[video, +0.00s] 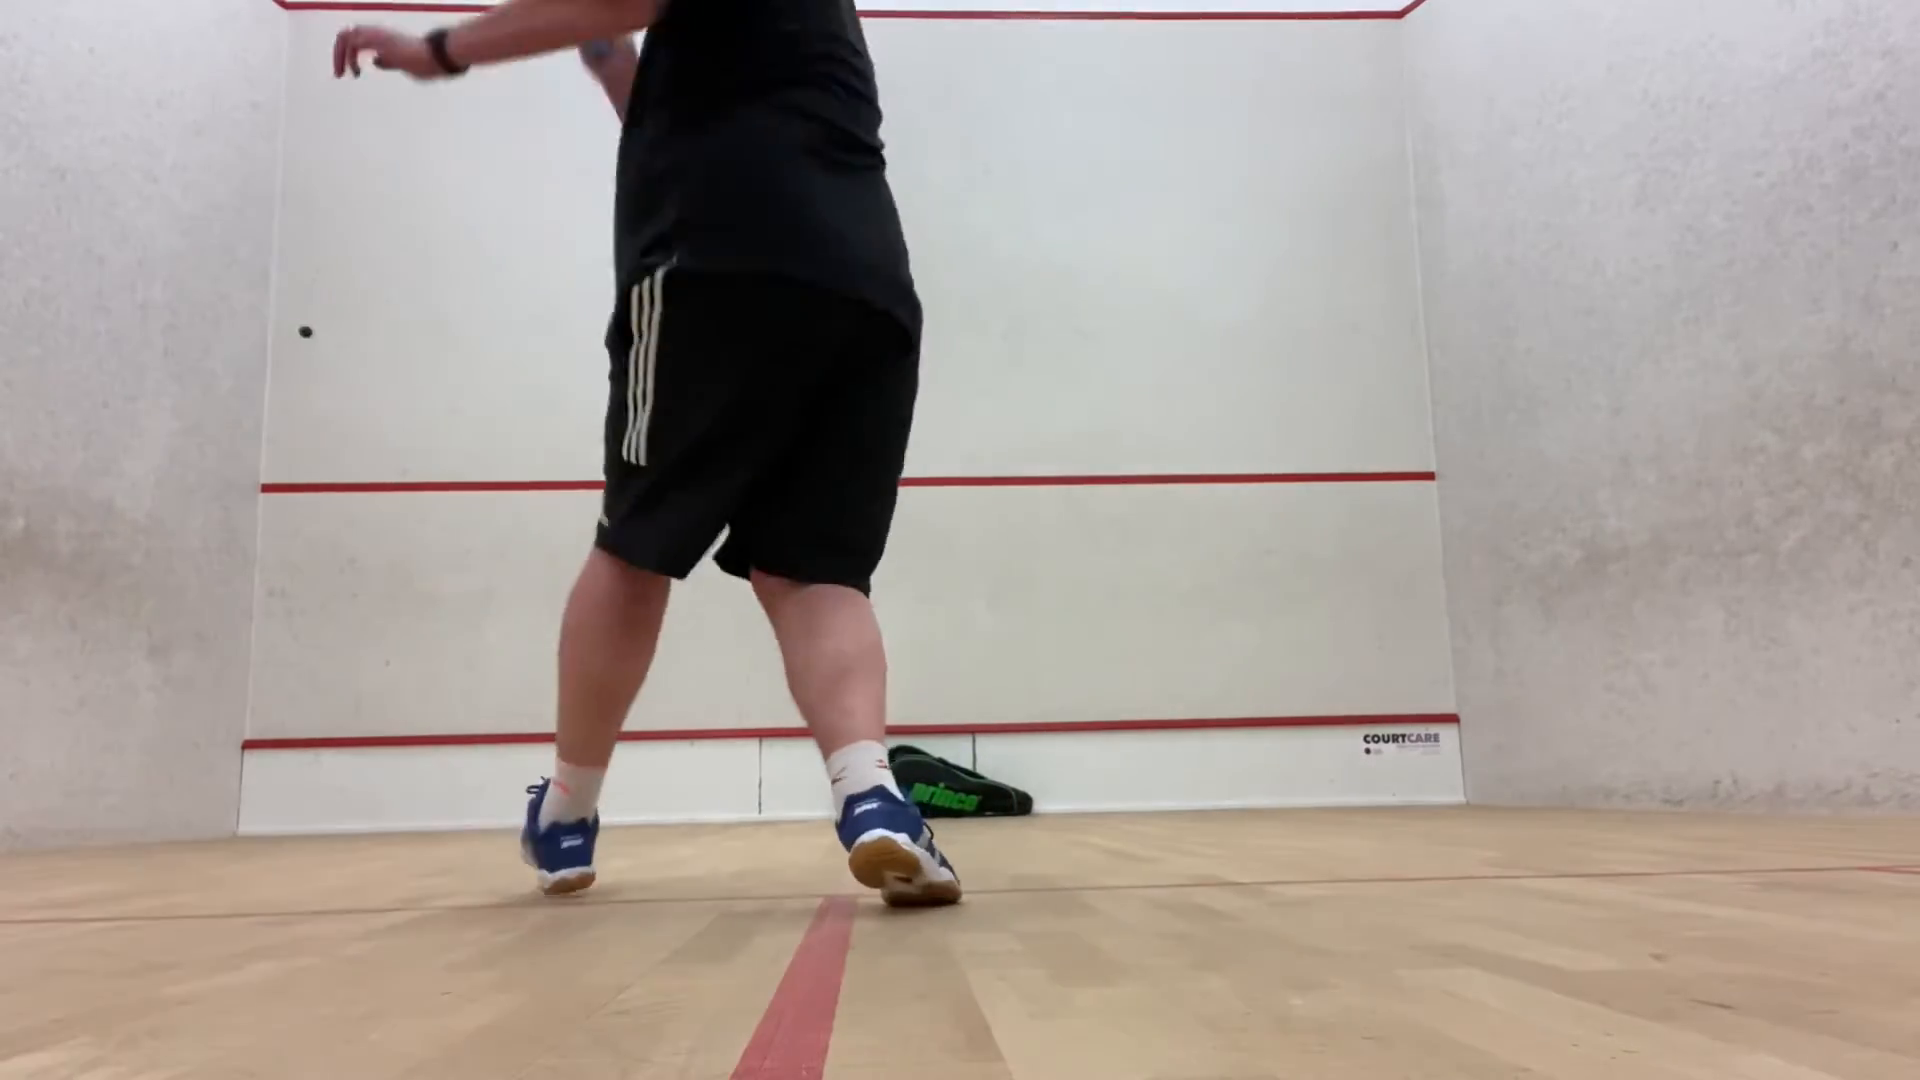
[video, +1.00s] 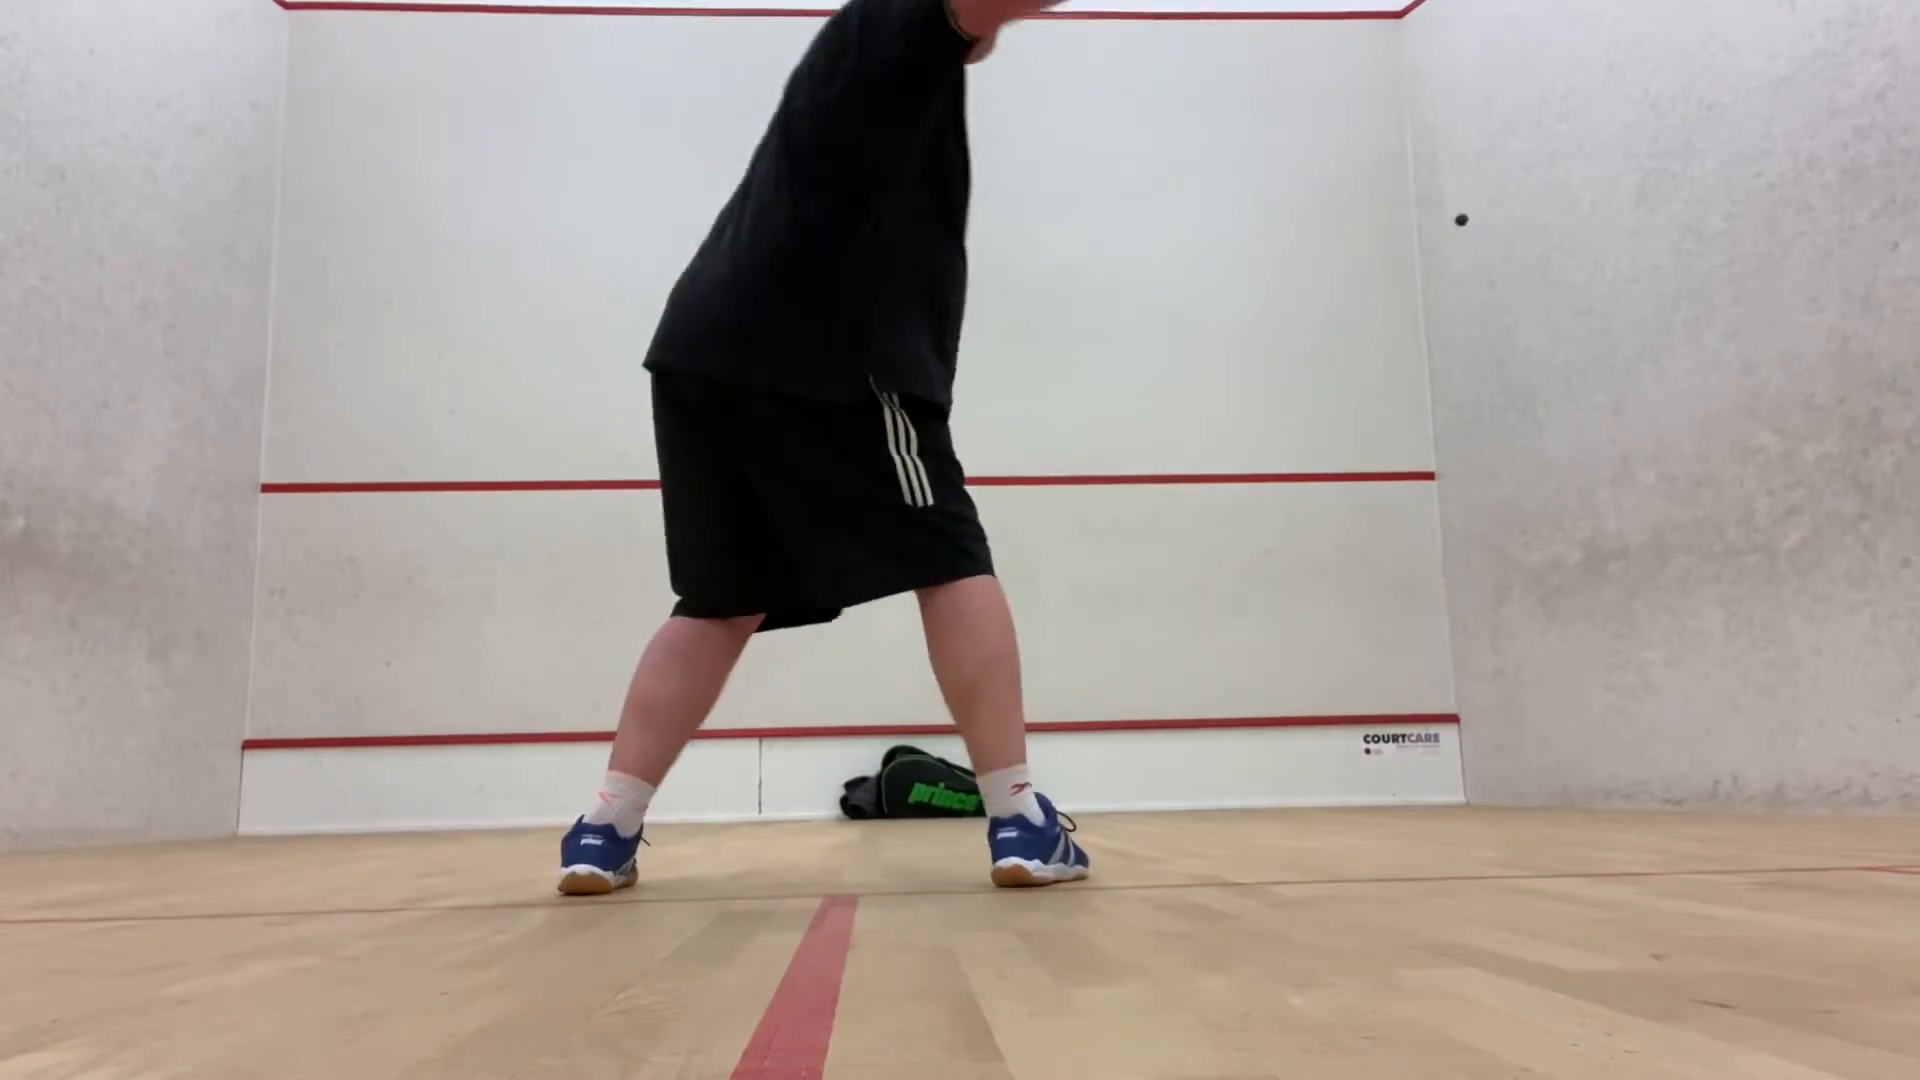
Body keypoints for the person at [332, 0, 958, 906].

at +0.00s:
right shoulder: (825, 19)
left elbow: (615, 6)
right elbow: (686, 138)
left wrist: (440, 49)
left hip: (708, 257)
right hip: (868, 273)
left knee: (638, 544)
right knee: (815, 555)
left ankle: (568, 816)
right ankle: (873, 800)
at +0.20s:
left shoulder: (634, 21)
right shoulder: (763, 48)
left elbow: (566, 195)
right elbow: (636, 221)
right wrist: (506, 155)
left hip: (678, 348)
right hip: (831, 345)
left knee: (618, 574)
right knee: (810, 583)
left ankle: (593, 829)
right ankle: (914, 769)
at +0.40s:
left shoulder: (554, 42)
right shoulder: (757, 38)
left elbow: (519, 220)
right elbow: (895, 160)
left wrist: (602, 324)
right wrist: (996, 207)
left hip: (631, 347)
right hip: (782, 324)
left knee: (650, 566)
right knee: (848, 529)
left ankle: (599, 828)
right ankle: (950, 706)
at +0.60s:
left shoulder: (607, 36)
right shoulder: (822, 16)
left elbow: (582, 213)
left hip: (631, 337)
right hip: (784, 323)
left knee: (642, 583)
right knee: (887, 535)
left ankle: (598, 829)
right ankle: (983, 762)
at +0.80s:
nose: (939, 12)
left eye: (949, 5)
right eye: (936, 1)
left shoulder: (706, 45)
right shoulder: (844, 16)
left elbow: (744, 218)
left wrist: (880, 274)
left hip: (670, 335)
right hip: (804, 330)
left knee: (680, 594)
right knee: (913, 569)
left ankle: (601, 828)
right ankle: (1013, 814)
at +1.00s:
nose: (1014, 22)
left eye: (1023, 11)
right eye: (1017, 5)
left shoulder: (846, 42)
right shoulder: (912, 40)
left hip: (703, 347)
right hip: (841, 353)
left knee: (720, 596)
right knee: (952, 564)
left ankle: (606, 827)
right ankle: (1019, 820)